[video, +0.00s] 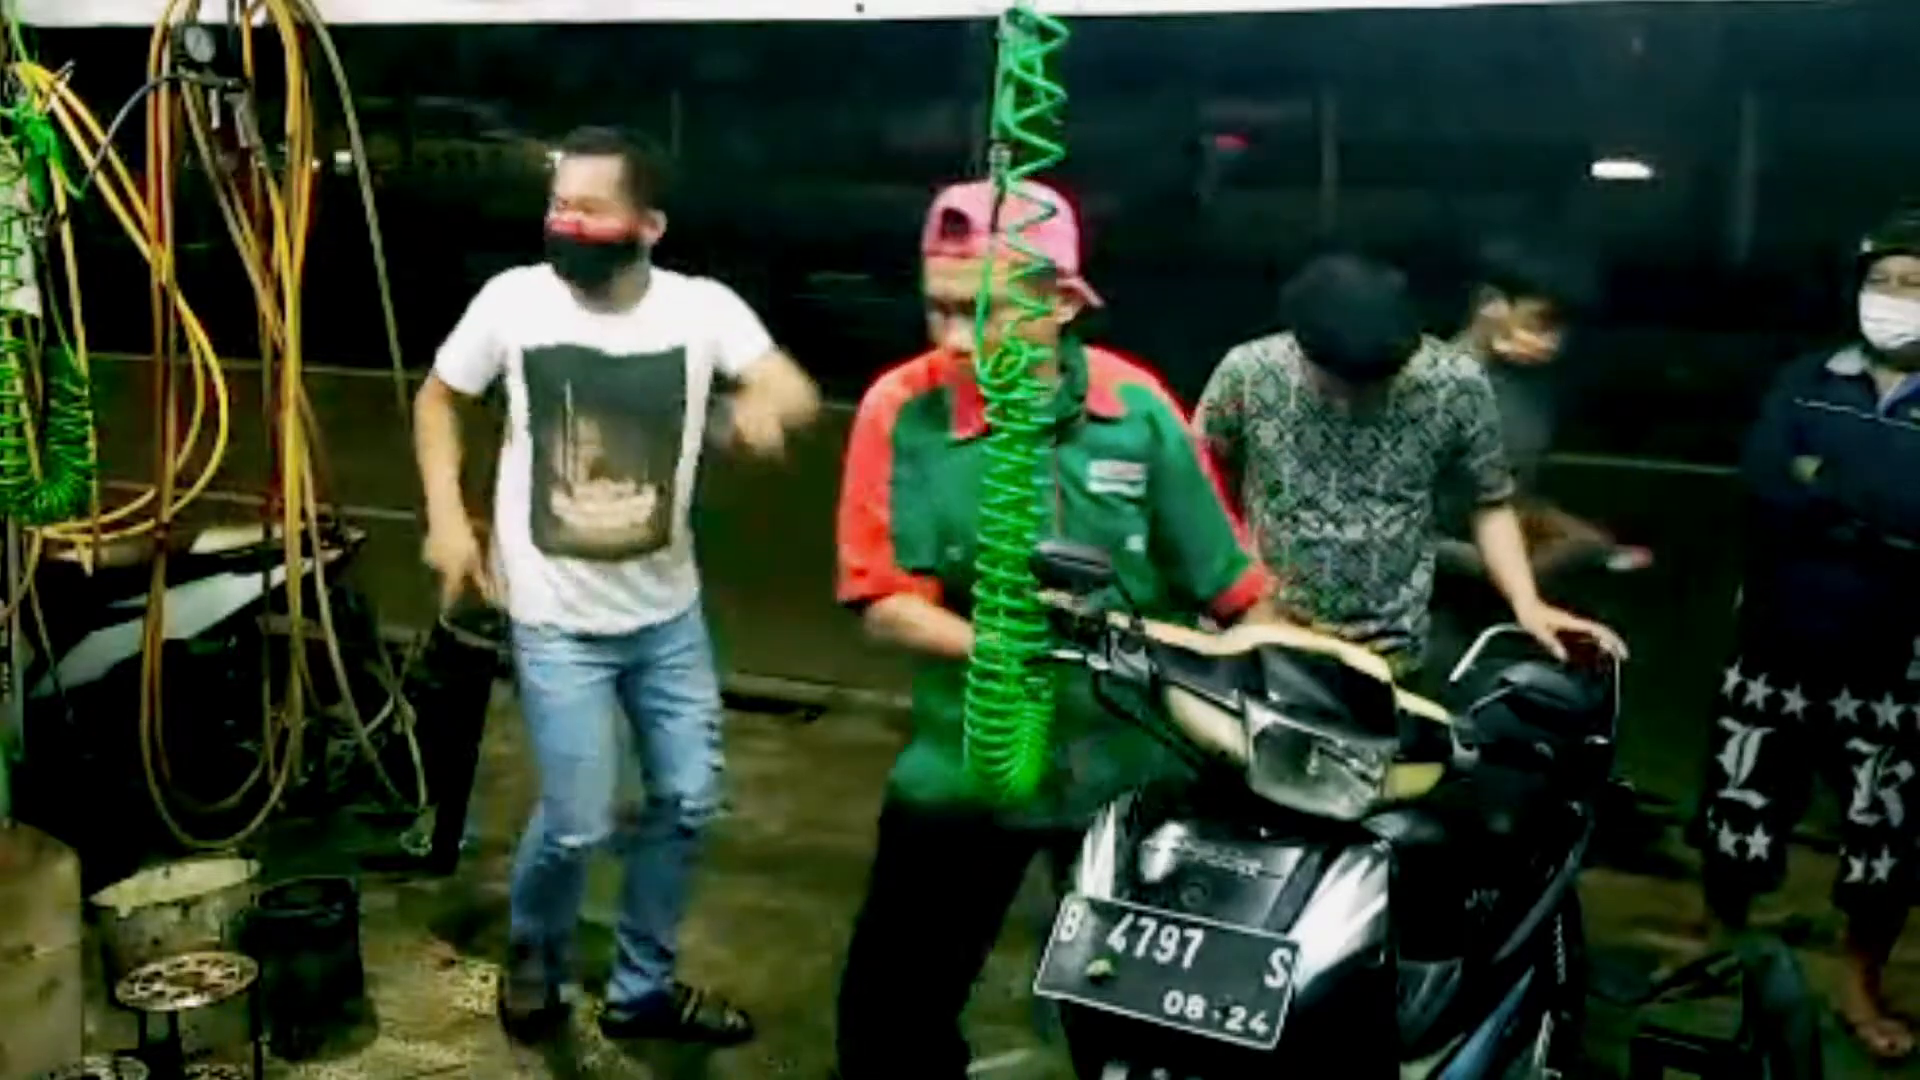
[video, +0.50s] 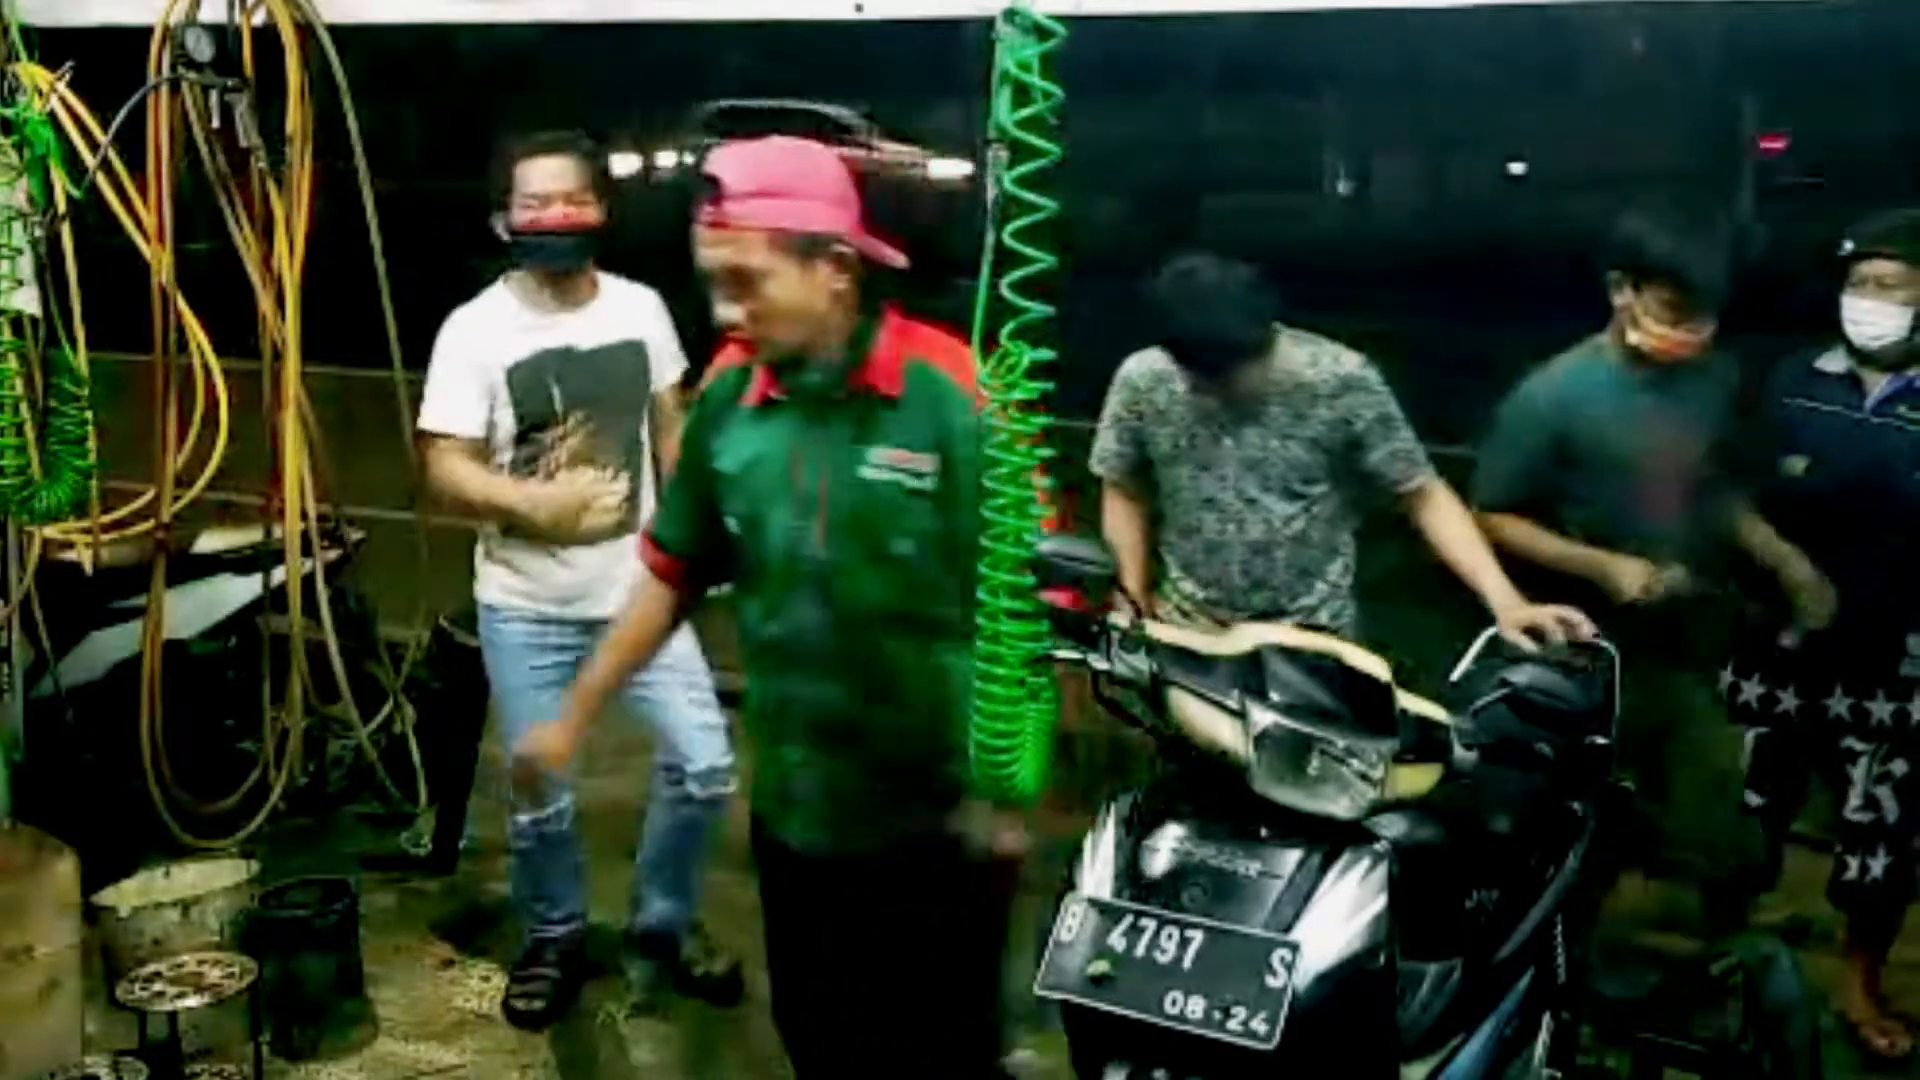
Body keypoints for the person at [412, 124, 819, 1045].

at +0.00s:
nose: (571, 229)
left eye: (593, 214)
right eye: (562, 209)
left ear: (649, 224)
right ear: (548, 209)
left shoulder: (703, 310)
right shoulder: (514, 304)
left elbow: (793, 386)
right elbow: (435, 401)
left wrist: (764, 410)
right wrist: (447, 522)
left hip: (665, 611)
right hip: (554, 617)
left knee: (688, 803)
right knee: (580, 821)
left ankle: (641, 990)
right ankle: (535, 952)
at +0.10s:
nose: (547, 215)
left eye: (567, 200)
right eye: (541, 198)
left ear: (628, 210)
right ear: (538, 205)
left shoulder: (693, 285)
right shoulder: (518, 290)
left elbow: (794, 350)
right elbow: (456, 374)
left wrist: (725, 356)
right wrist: (446, 477)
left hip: (663, 600)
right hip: (548, 605)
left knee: (674, 794)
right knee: (546, 805)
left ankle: (640, 989)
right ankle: (540, 945)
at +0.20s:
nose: (531, 208)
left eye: (551, 193)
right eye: (528, 193)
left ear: (613, 205)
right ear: (532, 205)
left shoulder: (680, 282)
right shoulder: (509, 290)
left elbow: (775, 342)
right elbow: (458, 367)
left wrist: (713, 358)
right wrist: (441, 455)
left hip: (655, 597)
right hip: (541, 600)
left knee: (673, 790)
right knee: (546, 797)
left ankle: (642, 983)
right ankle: (546, 948)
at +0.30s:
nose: (525, 216)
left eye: (544, 199)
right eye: (518, 199)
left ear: (603, 208)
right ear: (514, 208)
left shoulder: (671, 296)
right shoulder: (486, 306)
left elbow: (740, 389)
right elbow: (452, 412)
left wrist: (707, 459)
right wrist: (455, 496)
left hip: (650, 603)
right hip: (533, 609)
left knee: (675, 784)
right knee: (544, 801)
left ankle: (648, 979)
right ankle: (548, 952)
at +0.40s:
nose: (527, 218)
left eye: (547, 200)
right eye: (515, 200)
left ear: (599, 210)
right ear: (502, 210)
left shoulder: (660, 304)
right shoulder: (475, 321)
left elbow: (705, 430)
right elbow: (449, 441)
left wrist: (702, 537)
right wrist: (485, 528)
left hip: (648, 599)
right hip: (528, 606)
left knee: (695, 772)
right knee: (538, 797)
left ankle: (658, 967)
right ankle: (552, 942)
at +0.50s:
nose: (552, 219)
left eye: (569, 202)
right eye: (534, 203)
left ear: (599, 210)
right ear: (507, 215)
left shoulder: (640, 309)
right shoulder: (472, 330)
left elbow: (670, 430)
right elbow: (444, 467)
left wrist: (681, 525)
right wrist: (532, 503)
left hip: (634, 594)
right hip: (525, 605)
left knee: (703, 762)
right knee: (539, 777)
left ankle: (660, 933)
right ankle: (552, 933)